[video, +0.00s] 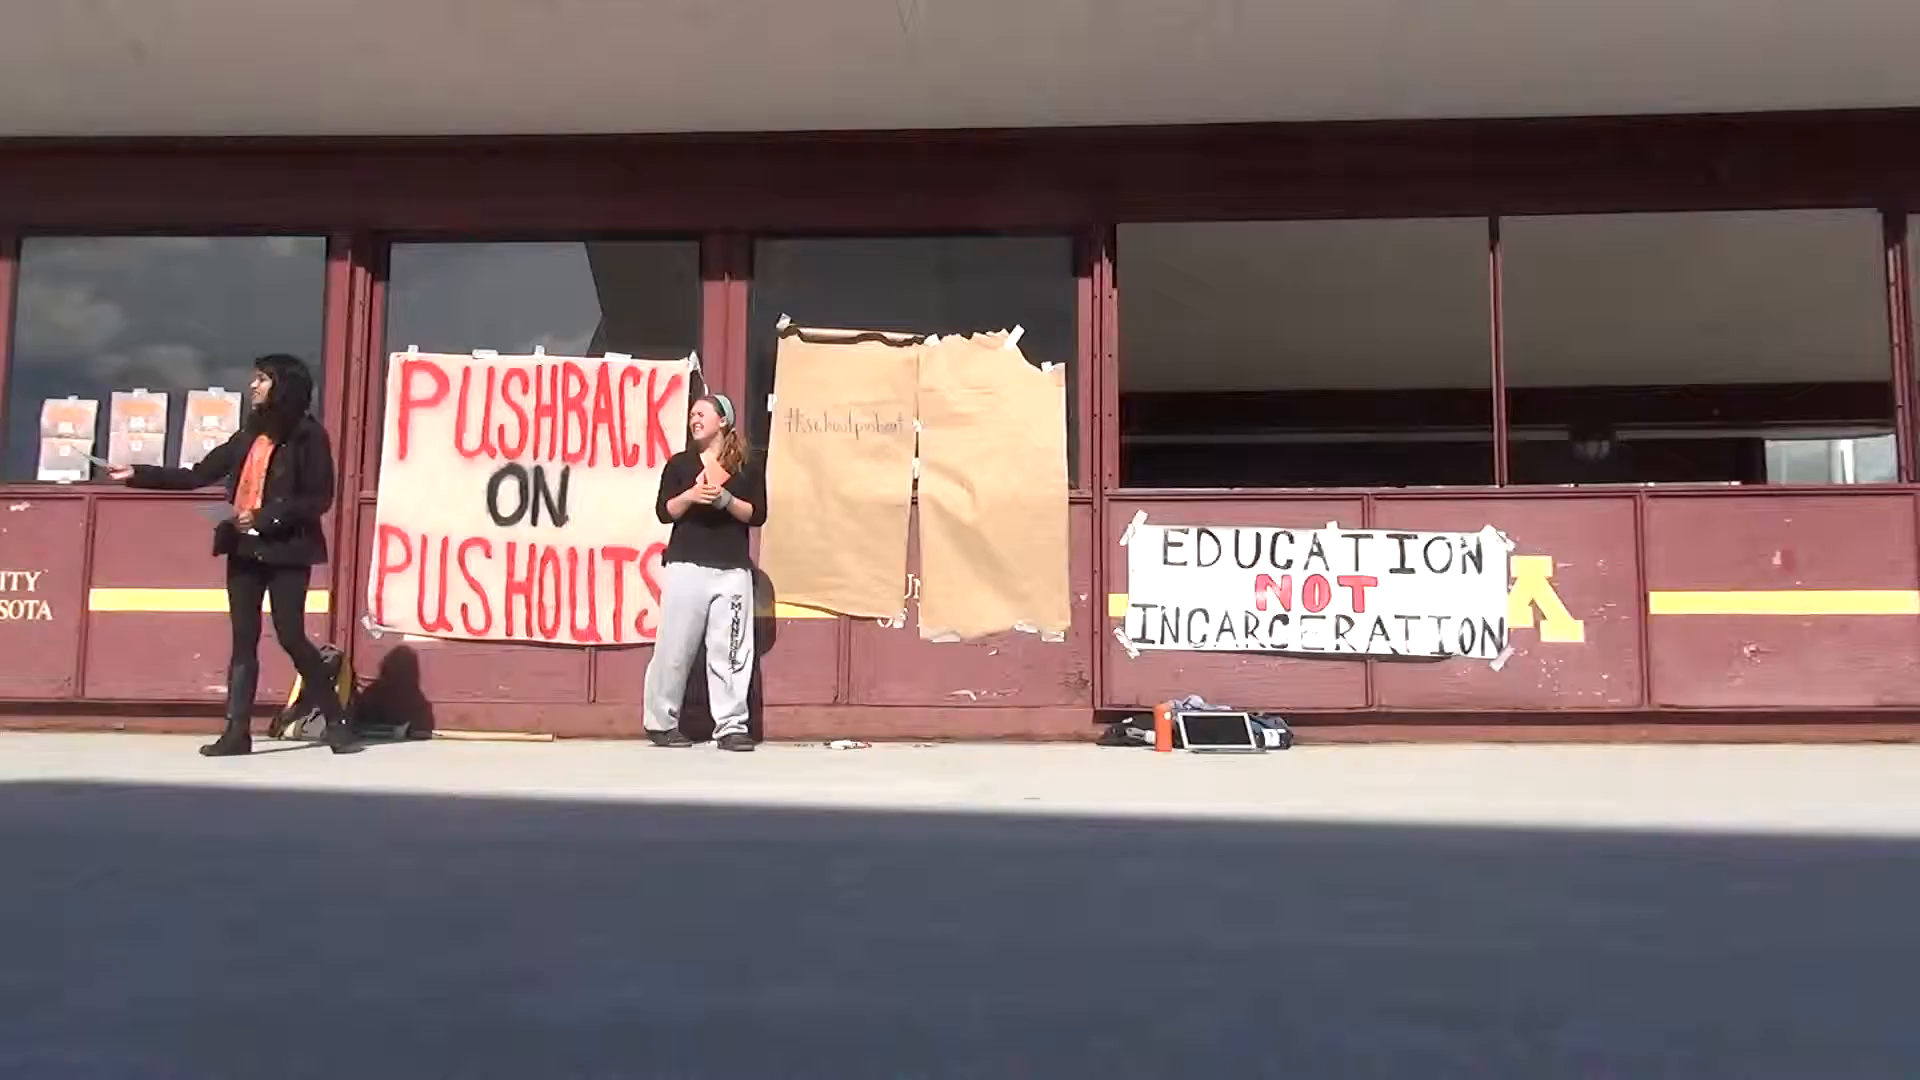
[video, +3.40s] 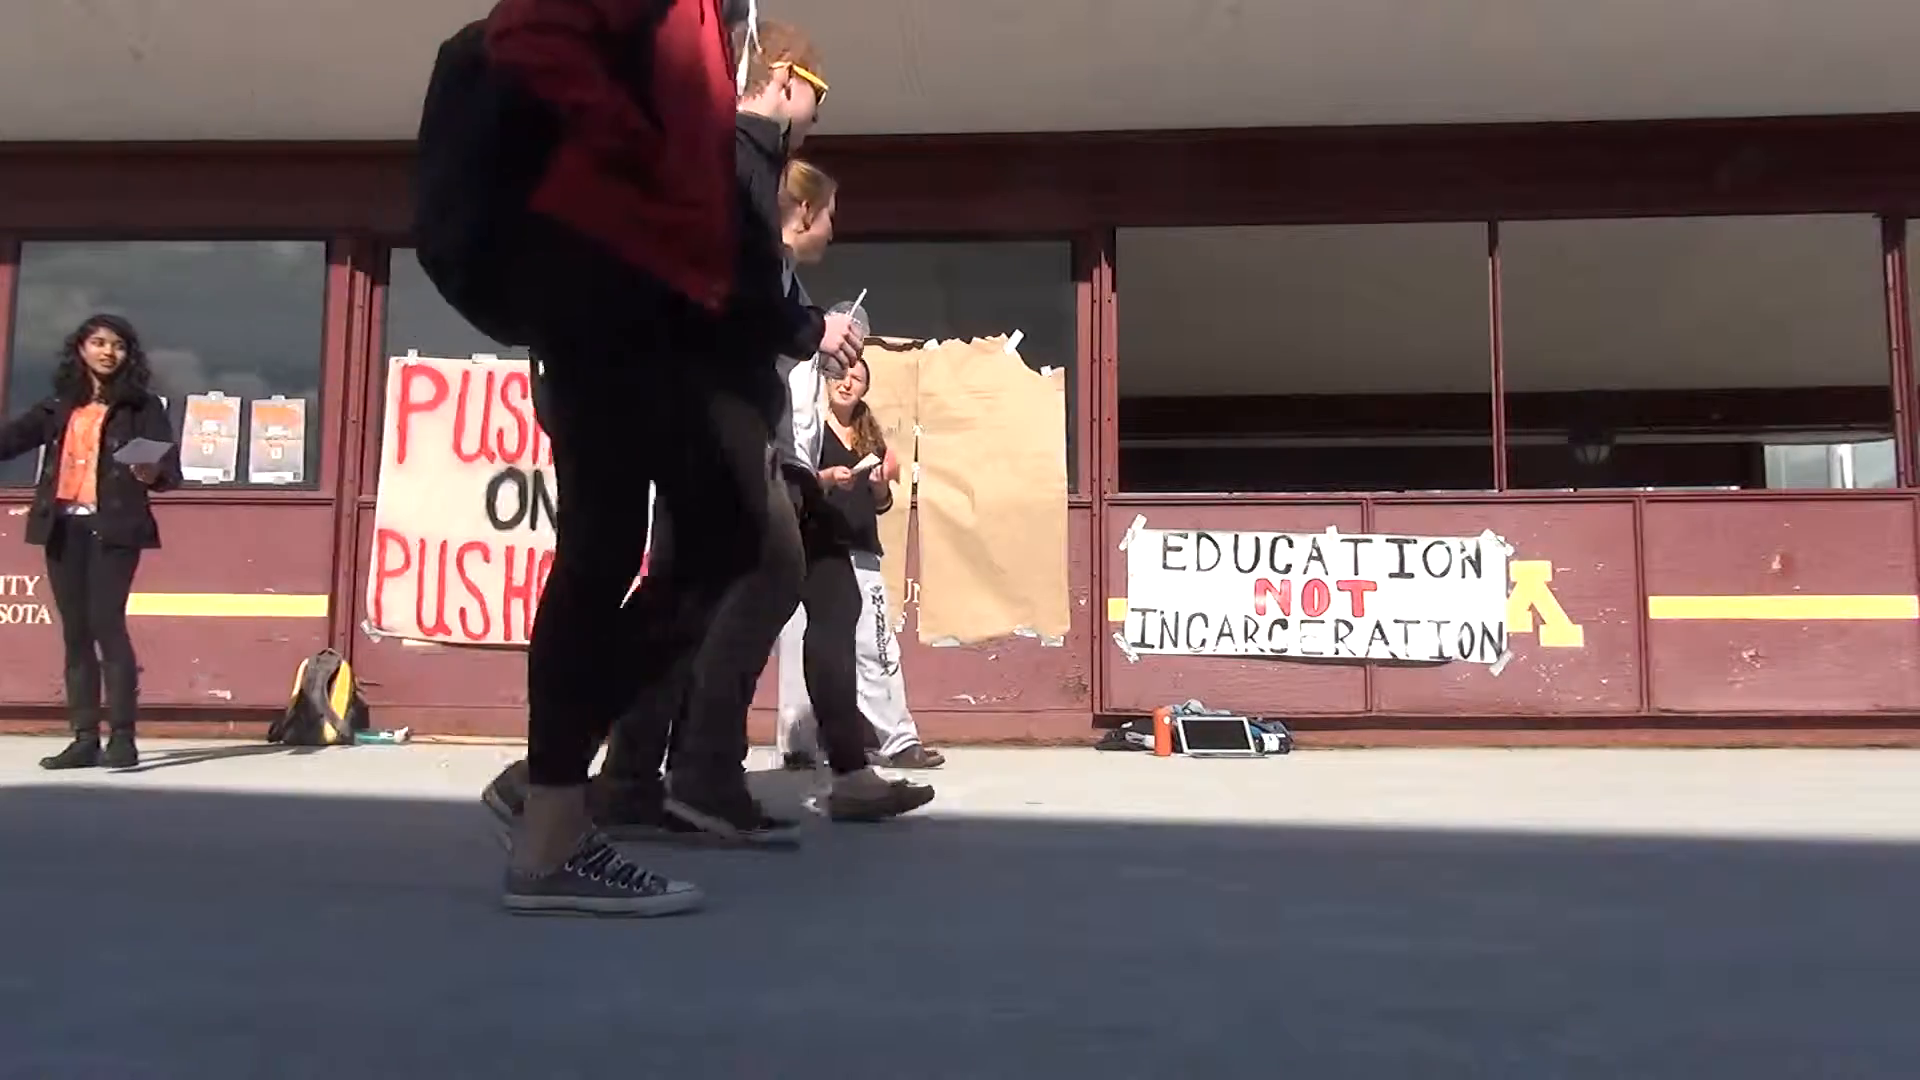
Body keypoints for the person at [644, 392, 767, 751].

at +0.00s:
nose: (694, 419)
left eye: (702, 414)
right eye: (693, 414)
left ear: (723, 421)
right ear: (690, 421)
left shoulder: (747, 463)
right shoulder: (678, 463)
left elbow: (757, 515)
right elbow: (664, 513)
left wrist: (726, 499)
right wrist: (689, 496)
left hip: (732, 568)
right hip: (686, 566)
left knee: (731, 651)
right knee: (675, 649)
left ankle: (732, 727)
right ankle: (662, 725)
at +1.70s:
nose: (742, 402)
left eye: (752, 397)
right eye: (740, 396)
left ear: (774, 406)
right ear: (736, 405)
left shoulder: (796, 455)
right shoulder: (718, 452)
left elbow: (813, 507)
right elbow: (695, 503)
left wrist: (791, 506)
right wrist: (725, 504)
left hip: (780, 564)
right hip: (729, 562)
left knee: (781, 651)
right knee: (717, 648)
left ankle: (785, 736)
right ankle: (699, 735)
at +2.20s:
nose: (797, 400)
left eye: (805, 394)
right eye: (791, 395)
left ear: (821, 403)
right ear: (784, 403)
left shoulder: (837, 452)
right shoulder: (771, 442)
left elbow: (850, 511)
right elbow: (756, 484)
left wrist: (834, 493)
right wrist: (754, 480)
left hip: (818, 559)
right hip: (772, 553)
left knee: (809, 646)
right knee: (773, 641)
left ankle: (792, 737)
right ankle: (756, 737)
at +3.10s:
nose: (820, 382)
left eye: (830, 379)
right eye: (815, 375)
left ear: (841, 391)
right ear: (803, 382)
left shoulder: (849, 438)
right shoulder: (776, 429)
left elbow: (858, 504)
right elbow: (764, 482)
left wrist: (859, 487)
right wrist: (795, 476)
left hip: (842, 555)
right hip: (791, 551)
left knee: (855, 646)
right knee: (793, 649)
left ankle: (840, 737)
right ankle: (795, 743)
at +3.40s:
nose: (847, 382)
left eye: (856, 377)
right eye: (841, 374)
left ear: (866, 388)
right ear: (827, 381)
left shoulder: (870, 434)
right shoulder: (808, 428)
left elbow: (881, 504)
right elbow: (788, 479)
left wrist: (879, 484)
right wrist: (822, 478)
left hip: (861, 552)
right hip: (811, 550)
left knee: (875, 647)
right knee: (800, 652)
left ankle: (897, 739)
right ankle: (801, 746)